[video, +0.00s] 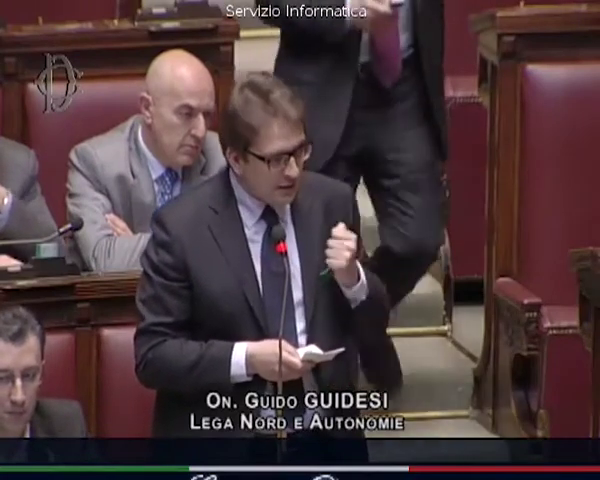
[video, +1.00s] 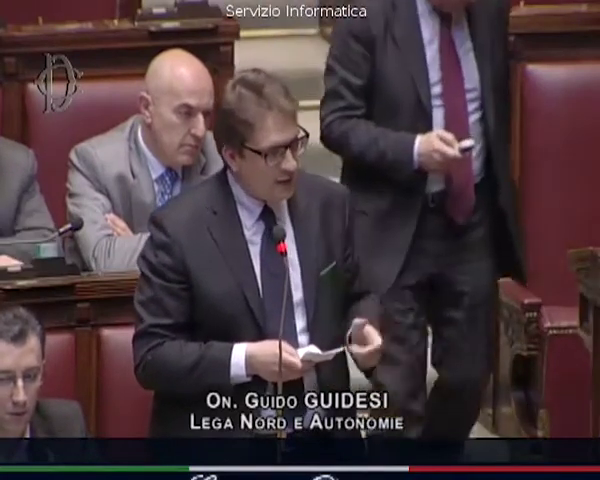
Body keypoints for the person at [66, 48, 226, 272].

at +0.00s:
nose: (200, 131)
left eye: (207, 115)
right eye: (186, 114)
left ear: (212, 111)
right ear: (147, 108)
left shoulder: (216, 153)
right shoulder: (92, 161)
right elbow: (105, 260)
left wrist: (137, 247)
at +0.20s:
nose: (200, 131)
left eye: (207, 115)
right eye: (187, 114)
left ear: (212, 110)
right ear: (147, 108)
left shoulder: (216, 153)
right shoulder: (92, 161)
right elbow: (105, 260)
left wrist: (137, 246)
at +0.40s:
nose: (200, 130)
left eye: (207, 114)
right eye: (187, 113)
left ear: (212, 110)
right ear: (147, 108)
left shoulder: (214, 152)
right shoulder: (92, 160)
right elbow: (105, 260)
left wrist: (137, 247)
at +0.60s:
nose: (200, 130)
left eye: (206, 114)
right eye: (186, 113)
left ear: (211, 108)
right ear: (146, 108)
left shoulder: (209, 152)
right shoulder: (92, 160)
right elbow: (105, 260)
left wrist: (137, 247)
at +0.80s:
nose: (200, 131)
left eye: (206, 114)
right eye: (186, 113)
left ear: (211, 109)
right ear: (147, 108)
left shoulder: (211, 153)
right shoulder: (92, 160)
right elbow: (105, 260)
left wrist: (137, 247)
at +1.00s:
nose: (199, 131)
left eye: (206, 114)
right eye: (186, 113)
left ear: (212, 110)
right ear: (147, 108)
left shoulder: (215, 155)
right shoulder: (92, 160)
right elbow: (105, 260)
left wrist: (137, 246)